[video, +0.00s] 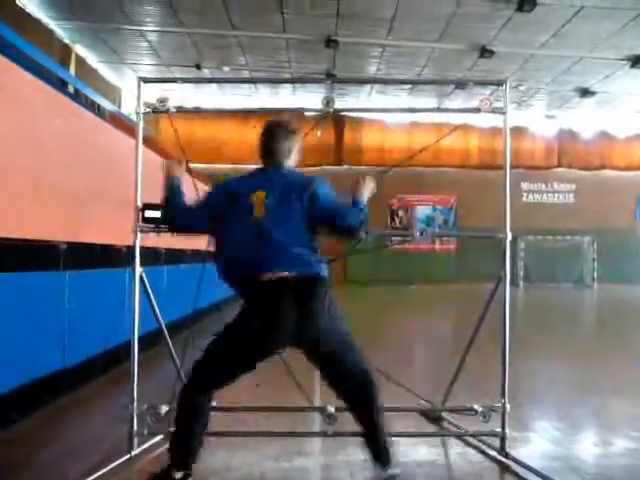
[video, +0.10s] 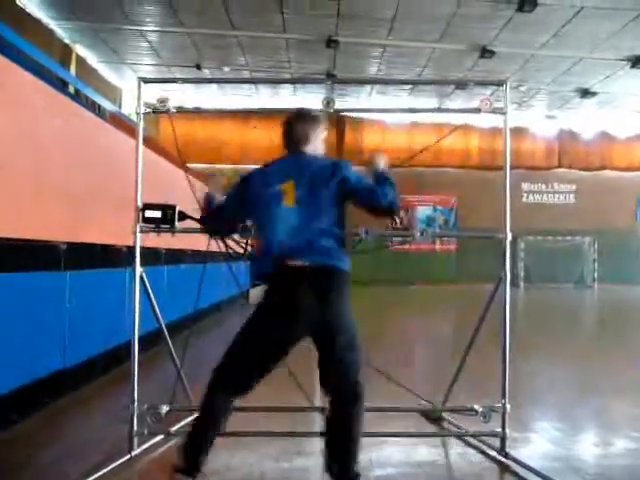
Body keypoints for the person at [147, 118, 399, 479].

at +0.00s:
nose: (298, 155)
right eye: (298, 150)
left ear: (261, 152)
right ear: (295, 153)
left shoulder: (229, 192)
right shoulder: (307, 188)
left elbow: (179, 220)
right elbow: (350, 224)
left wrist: (174, 182)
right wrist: (362, 197)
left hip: (262, 308)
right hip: (311, 304)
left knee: (199, 382)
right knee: (355, 378)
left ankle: (180, 467)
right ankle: (383, 458)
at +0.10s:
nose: (325, 142)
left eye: (324, 136)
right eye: (323, 136)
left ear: (287, 138)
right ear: (315, 138)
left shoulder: (260, 178)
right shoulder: (335, 171)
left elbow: (219, 224)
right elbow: (386, 203)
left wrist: (211, 204)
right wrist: (382, 174)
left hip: (284, 292)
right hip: (330, 292)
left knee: (229, 378)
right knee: (346, 385)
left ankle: (191, 460)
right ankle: (343, 471)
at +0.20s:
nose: (346, 145)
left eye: (345, 139)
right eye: (344, 139)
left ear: (304, 140)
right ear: (337, 141)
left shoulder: (271, 173)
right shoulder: (348, 177)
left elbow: (227, 171)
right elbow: (395, 220)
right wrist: (403, 183)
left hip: (297, 304)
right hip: (347, 305)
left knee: (249, 385)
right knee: (379, 374)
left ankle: (238, 471)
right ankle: (369, 460)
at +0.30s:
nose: (373, 135)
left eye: (368, 129)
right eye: (373, 130)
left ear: (339, 131)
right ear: (373, 134)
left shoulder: (303, 161)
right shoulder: (389, 172)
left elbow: (254, 145)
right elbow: (448, 192)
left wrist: (266, 112)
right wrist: (458, 154)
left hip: (318, 298)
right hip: (370, 297)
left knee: (266, 388)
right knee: (437, 364)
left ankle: (233, 470)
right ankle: (453, 453)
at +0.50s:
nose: (432, 152)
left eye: (428, 147)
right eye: (430, 148)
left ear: (402, 160)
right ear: (431, 158)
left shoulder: (390, 199)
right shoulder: (450, 190)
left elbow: (356, 242)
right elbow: (473, 155)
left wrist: (307, 229)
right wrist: (485, 116)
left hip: (374, 313)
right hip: (422, 316)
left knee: (306, 389)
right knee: (491, 388)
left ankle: (231, 463)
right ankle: (515, 472)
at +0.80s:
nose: (353, 138)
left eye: (355, 132)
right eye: (357, 132)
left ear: (361, 134)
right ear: (391, 135)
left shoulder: (339, 171)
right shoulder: (417, 165)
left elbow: (290, 210)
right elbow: (458, 143)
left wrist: (297, 177)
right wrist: (411, 125)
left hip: (343, 298)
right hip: (392, 298)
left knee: (298, 364)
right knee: (436, 382)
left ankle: (304, 468)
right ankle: (445, 471)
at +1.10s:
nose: (274, 146)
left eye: (265, 141)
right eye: (282, 142)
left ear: (254, 148)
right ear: (288, 151)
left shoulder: (236, 176)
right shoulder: (300, 187)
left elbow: (203, 148)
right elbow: (333, 238)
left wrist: (172, 112)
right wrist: (374, 220)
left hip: (281, 306)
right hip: (322, 298)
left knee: (207, 379)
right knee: (394, 373)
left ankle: (186, 469)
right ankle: (477, 453)